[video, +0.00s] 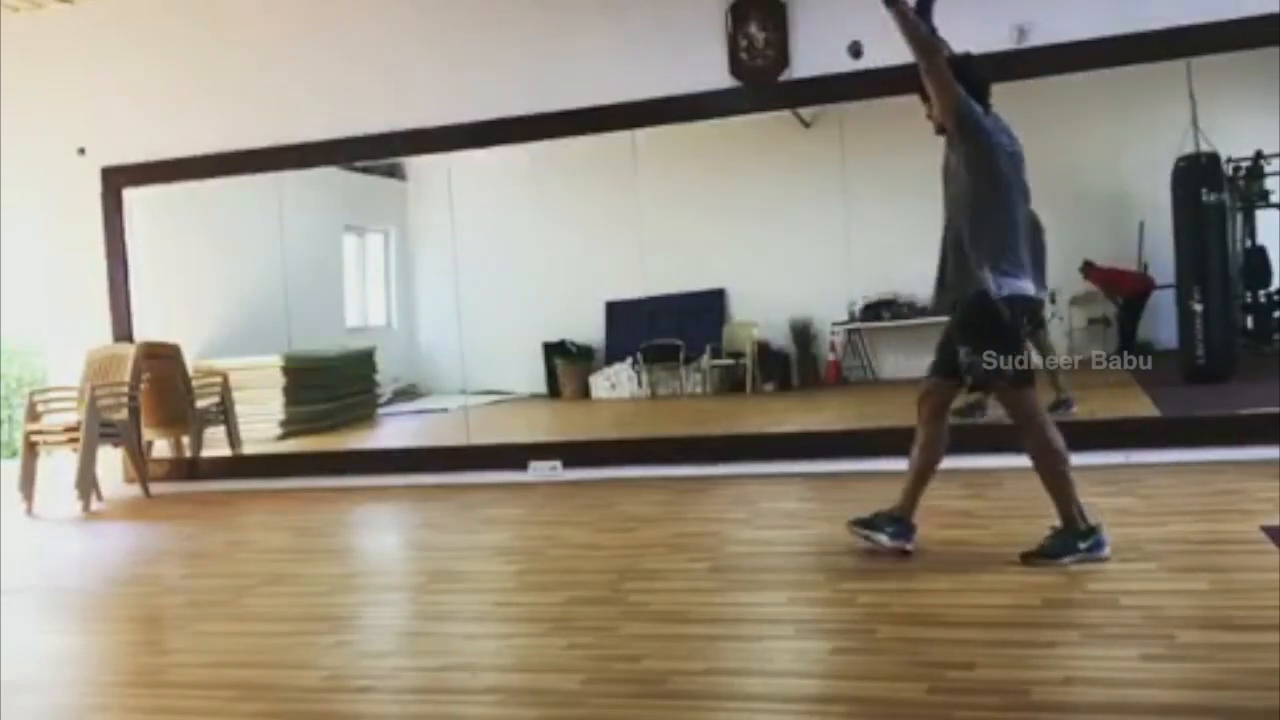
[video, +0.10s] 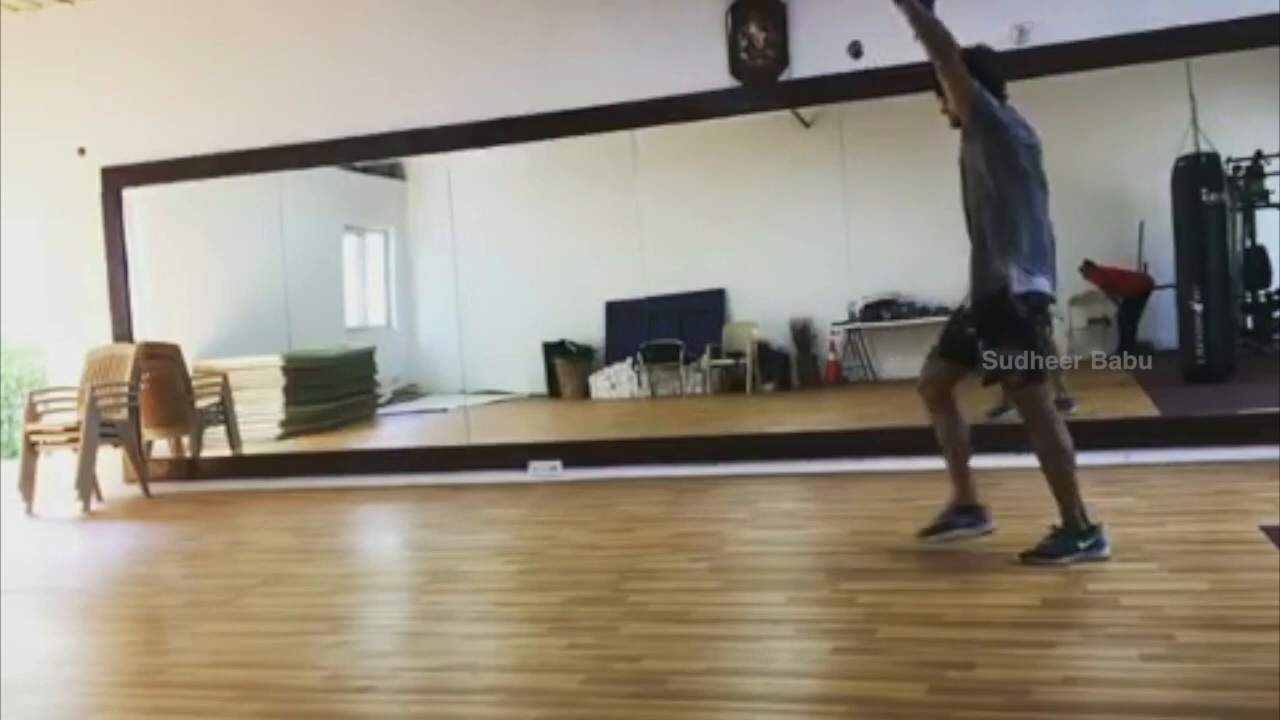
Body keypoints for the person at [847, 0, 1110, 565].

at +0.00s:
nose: (927, 115)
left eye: (930, 101)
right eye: (926, 103)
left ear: (953, 94)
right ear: (969, 93)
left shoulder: (977, 132)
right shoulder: (995, 142)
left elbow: (936, 61)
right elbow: (1028, 225)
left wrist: (898, 8)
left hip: (994, 296)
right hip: (984, 297)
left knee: (1027, 413)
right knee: (934, 402)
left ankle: (1079, 527)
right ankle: (902, 516)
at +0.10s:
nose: (942, 104)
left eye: (945, 90)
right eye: (940, 92)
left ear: (968, 86)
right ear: (977, 84)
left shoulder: (1000, 127)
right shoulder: (988, 135)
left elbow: (950, 57)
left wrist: (911, 9)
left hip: (1018, 291)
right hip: (990, 293)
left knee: (1035, 404)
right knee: (934, 385)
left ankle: (1079, 526)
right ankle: (966, 505)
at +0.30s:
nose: (951, 98)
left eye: (954, 85)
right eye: (949, 88)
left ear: (979, 81)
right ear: (993, 78)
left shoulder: (1008, 124)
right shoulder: (999, 130)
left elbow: (959, 47)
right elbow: (960, 50)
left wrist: (925, 4)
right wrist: (931, 15)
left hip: (1025, 286)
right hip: (1001, 288)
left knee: (1036, 395)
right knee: (960, 390)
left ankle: (1080, 526)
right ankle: (1016, 507)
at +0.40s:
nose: (951, 99)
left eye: (955, 85)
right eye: (949, 88)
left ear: (980, 81)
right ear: (993, 78)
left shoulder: (1010, 123)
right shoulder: (999, 129)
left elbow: (960, 49)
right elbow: (960, 52)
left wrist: (927, 6)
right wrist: (931, 16)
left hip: (1028, 285)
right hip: (1002, 287)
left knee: (1038, 396)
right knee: (960, 388)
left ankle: (1080, 526)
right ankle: (1012, 505)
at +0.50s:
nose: (949, 104)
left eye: (952, 91)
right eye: (946, 93)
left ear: (975, 84)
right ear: (994, 78)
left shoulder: (1007, 123)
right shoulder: (1003, 128)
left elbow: (960, 58)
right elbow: (959, 58)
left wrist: (926, 9)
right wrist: (929, 19)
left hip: (1025, 287)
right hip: (1004, 288)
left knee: (1040, 398)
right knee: (960, 388)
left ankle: (1080, 526)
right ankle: (989, 513)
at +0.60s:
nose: (946, 108)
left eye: (948, 96)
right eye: (943, 98)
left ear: (970, 87)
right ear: (991, 81)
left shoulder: (1000, 124)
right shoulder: (1003, 130)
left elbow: (954, 58)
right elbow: (955, 57)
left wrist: (919, 9)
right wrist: (930, 17)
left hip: (1021, 289)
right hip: (1004, 290)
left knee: (1040, 399)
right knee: (961, 389)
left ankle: (1080, 527)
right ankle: (966, 518)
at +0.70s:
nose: (929, 108)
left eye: (932, 94)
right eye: (927, 96)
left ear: (954, 91)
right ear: (976, 85)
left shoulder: (984, 130)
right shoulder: (993, 130)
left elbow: (932, 58)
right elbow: (938, 56)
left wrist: (898, 8)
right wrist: (916, 16)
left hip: (1013, 295)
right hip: (999, 295)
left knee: (1040, 410)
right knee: (957, 400)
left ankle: (1080, 527)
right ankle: (928, 516)